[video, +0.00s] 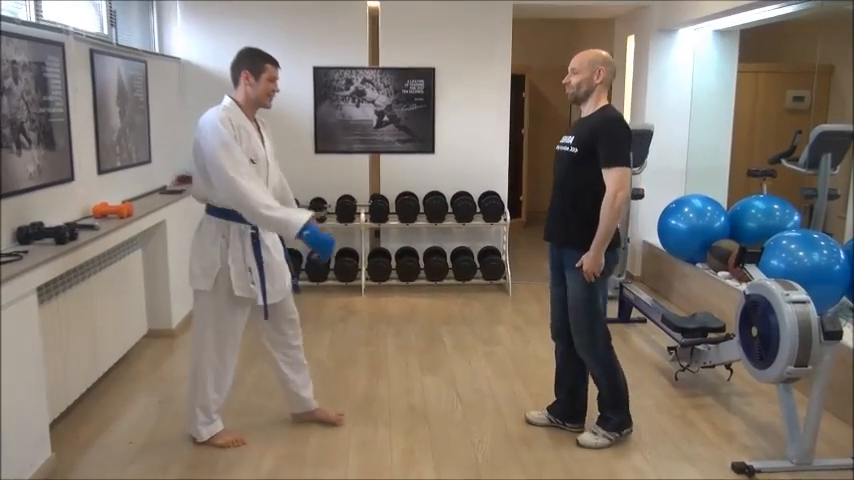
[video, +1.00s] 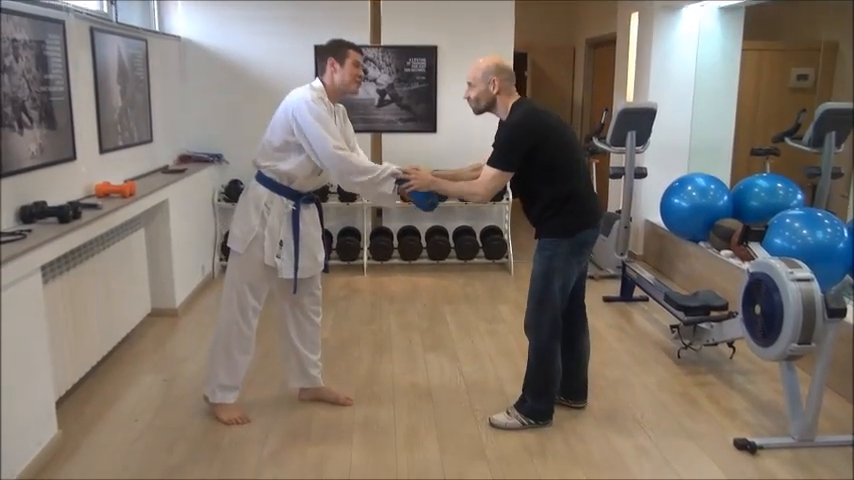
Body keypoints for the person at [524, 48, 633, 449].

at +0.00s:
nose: (566, 79)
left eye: (573, 72)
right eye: (567, 73)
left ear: (599, 75)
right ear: (592, 77)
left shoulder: (610, 123)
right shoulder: (582, 123)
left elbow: (618, 192)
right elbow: (576, 185)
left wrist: (597, 250)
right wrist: (560, 236)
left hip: (587, 248)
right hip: (562, 243)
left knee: (589, 337)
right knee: (565, 334)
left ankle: (616, 420)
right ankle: (567, 411)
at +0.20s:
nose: (550, 83)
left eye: (557, 76)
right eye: (550, 77)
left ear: (583, 75)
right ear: (576, 77)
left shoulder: (597, 120)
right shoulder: (569, 125)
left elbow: (606, 187)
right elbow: (554, 187)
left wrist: (584, 247)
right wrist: (529, 227)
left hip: (582, 247)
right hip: (560, 243)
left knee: (549, 323)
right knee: (572, 327)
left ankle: (591, 407)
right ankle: (567, 406)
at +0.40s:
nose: (533, 85)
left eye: (539, 77)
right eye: (533, 78)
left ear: (564, 77)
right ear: (557, 78)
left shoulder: (585, 119)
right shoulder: (552, 125)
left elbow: (572, 186)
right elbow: (516, 173)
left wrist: (520, 227)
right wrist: (467, 197)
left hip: (580, 243)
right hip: (563, 242)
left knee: (547, 333)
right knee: (571, 326)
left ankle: (537, 425)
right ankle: (573, 408)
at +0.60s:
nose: (507, 91)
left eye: (512, 83)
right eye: (507, 83)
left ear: (538, 85)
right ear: (537, 86)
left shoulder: (559, 125)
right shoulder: (537, 121)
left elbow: (505, 181)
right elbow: (496, 167)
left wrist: (449, 190)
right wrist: (450, 188)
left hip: (575, 243)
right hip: (566, 240)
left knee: (548, 335)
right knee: (569, 323)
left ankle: (535, 423)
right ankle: (572, 405)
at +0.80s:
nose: (478, 97)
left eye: (483, 89)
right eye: (479, 89)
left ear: (507, 90)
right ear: (510, 90)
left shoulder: (529, 129)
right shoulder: (530, 122)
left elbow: (490, 194)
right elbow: (488, 173)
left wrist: (439, 184)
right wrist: (438, 176)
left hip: (567, 236)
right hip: (577, 231)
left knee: (544, 328)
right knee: (569, 317)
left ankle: (535, 416)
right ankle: (572, 399)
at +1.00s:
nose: (466, 94)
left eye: (470, 86)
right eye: (466, 86)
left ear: (495, 86)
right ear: (498, 87)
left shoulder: (519, 124)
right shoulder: (521, 118)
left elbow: (483, 191)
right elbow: (480, 173)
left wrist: (430, 183)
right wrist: (432, 177)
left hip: (564, 230)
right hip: (576, 224)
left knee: (541, 320)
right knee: (570, 312)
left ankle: (535, 409)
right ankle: (572, 391)